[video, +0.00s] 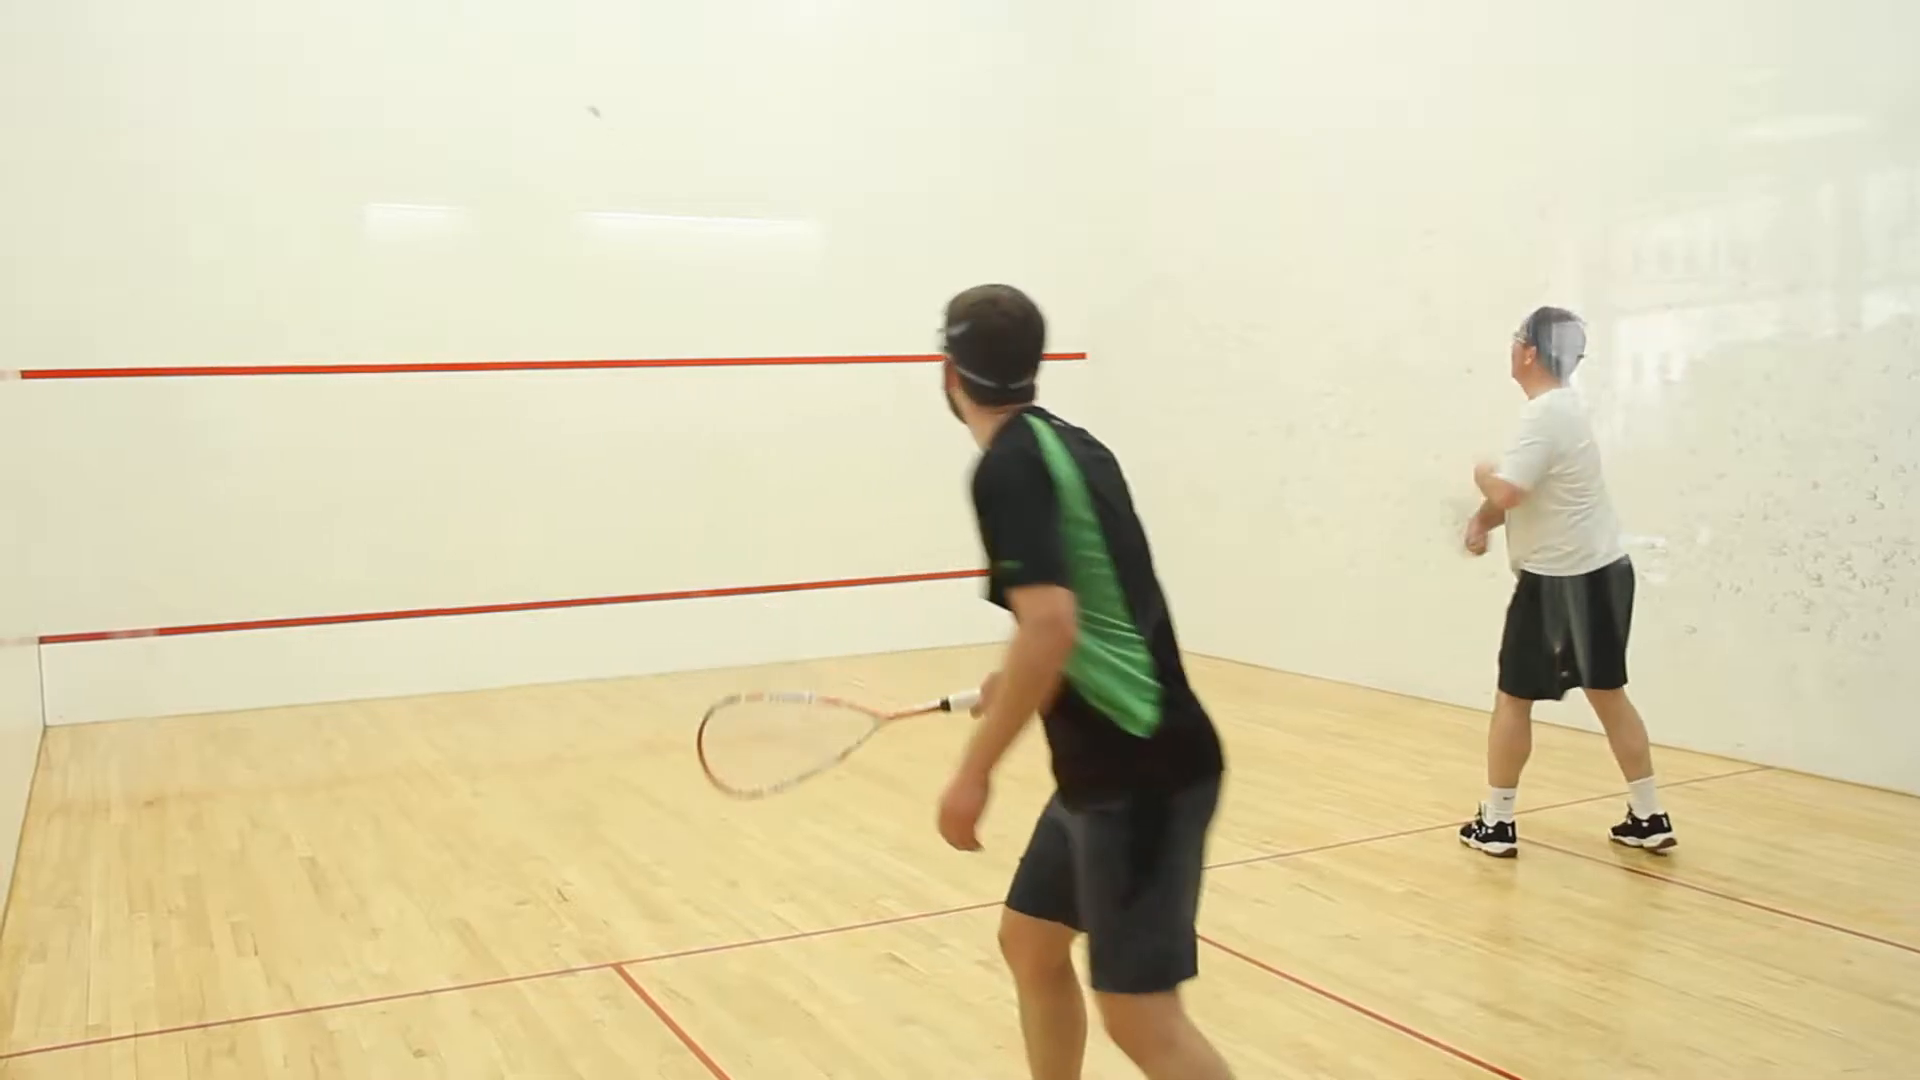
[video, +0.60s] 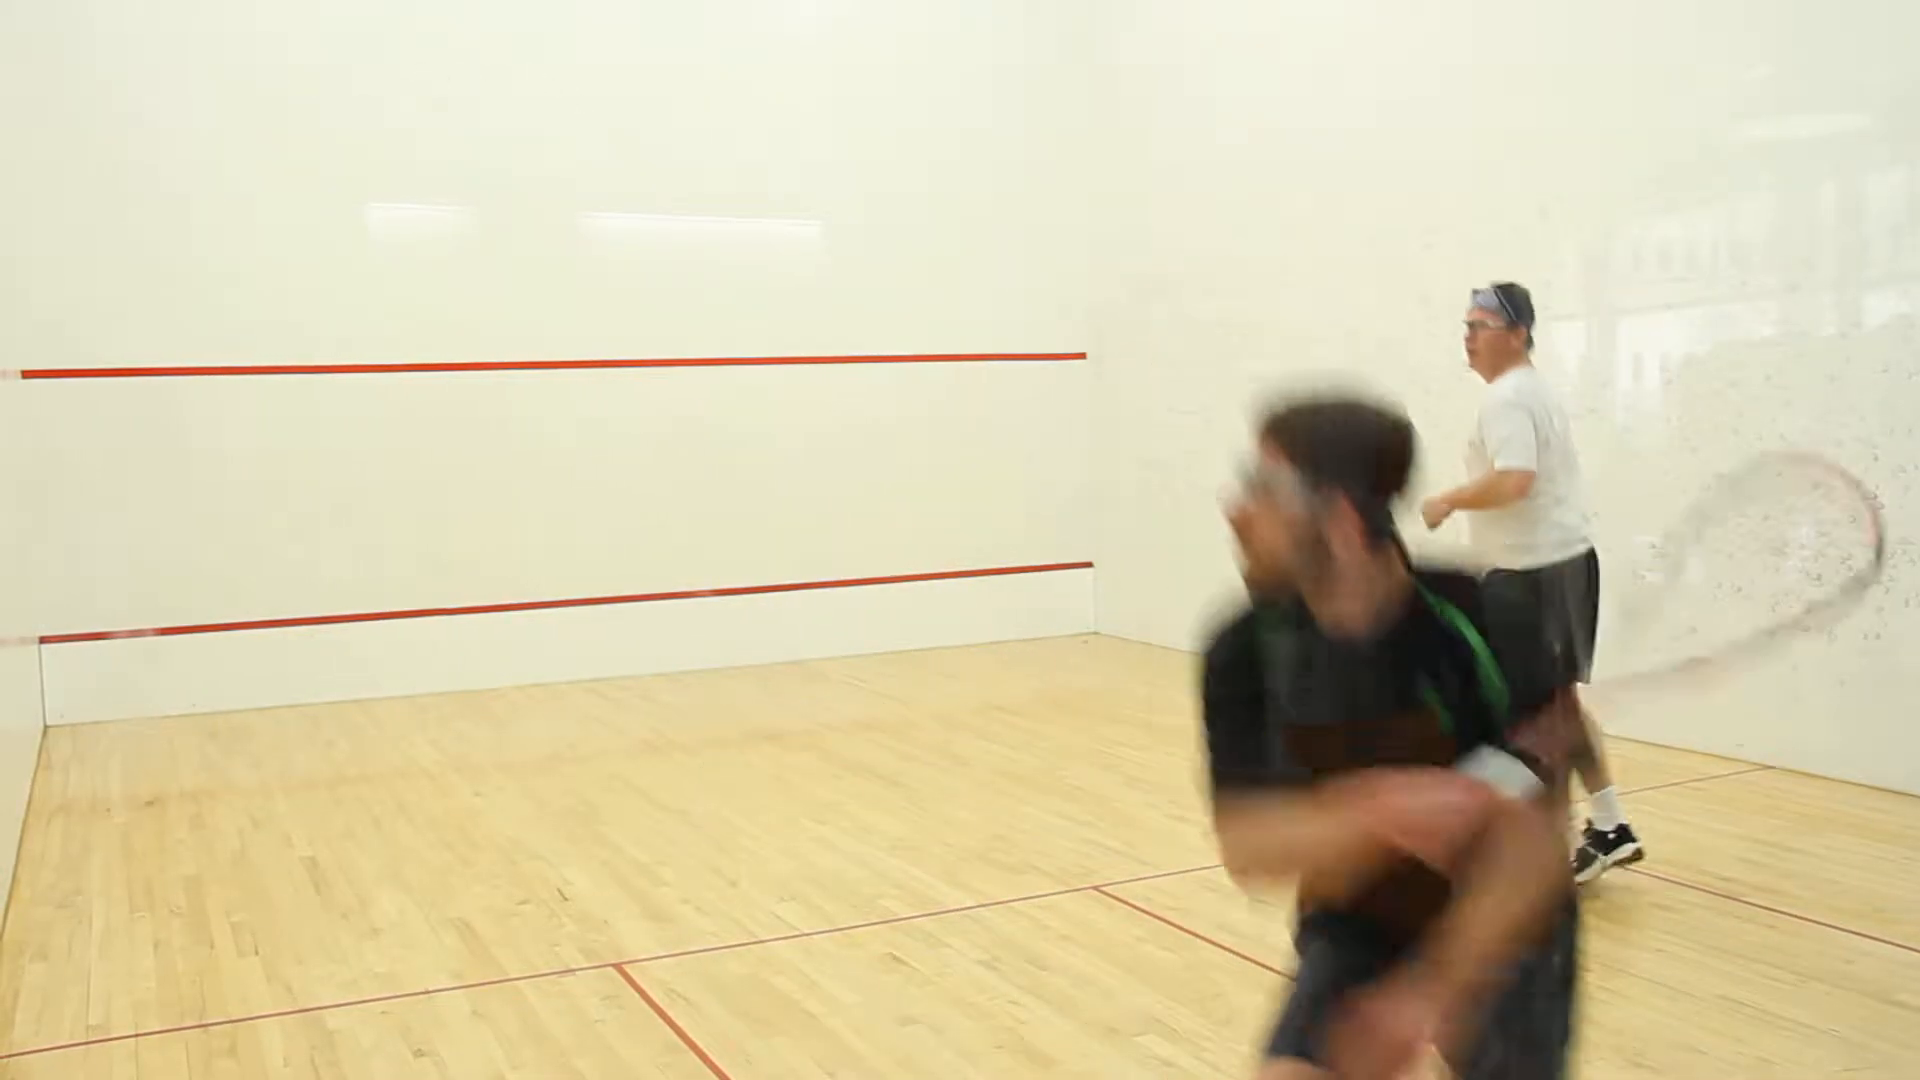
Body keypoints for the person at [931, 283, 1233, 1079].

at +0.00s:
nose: (940, 372)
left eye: (941, 359)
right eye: (947, 358)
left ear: (952, 374)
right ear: (1033, 369)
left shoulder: (1010, 464)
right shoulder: (1073, 446)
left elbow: (1049, 625)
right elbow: (1096, 606)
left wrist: (973, 770)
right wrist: (1013, 687)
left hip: (1144, 778)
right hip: (1105, 771)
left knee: (1141, 1016)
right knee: (1030, 942)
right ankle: (1055, 1074)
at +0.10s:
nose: (975, 370)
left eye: (978, 356)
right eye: (981, 355)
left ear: (990, 376)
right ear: (1070, 374)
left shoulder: (1073, 479)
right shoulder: (1085, 460)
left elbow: (1121, 655)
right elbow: (1116, 617)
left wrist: (1029, 791)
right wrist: (1029, 680)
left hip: (1190, 792)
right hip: (1128, 782)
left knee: (1180, 1038)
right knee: (1046, 955)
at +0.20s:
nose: (1031, 373)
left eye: (1038, 358)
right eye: (1038, 356)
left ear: (1056, 378)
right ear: (1124, 377)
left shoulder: (1170, 496)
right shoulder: (1108, 494)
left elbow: (1222, 684)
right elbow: (1128, 638)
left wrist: (1117, 825)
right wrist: (1045, 707)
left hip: (1247, 812)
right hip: (1164, 802)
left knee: (1208, 1049)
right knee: (1097, 981)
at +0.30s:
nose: (1096, 369)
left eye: (1109, 353)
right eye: (1103, 351)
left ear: (1141, 378)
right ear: (1159, 380)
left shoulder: (1271, 501)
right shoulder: (1152, 503)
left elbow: (1334, 701)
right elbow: (1139, 629)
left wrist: (1211, 846)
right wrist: (1056, 730)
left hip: (1300, 831)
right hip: (1190, 827)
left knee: (1244, 1064)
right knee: (1115, 1028)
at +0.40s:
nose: (1139, 349)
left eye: (1157, 332)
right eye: (1149, 328)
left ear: (1208, 364)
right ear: (1208, 366)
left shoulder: (1358, 489)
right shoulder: (1168, 494)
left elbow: (1429, 688)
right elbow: (1107, 641)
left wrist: (1302, 833)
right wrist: (1016, 766)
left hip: (1373, 814)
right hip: (1252, 803)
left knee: (1302, 1066)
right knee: (1142, 1047)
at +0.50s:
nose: (1176, 384)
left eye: (1199, 365)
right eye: (1188, 361)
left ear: (1260, 405)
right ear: (1258, 406)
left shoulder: (1418, 517)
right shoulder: (1194, 535)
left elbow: (1483, 720)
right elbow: (1137, 681)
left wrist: (1343, 879)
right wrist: (1129, 779)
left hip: (1443, 837)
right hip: (1306, 835)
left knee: (1388, 1064)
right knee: (1208, 1061)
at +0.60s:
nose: (1236, 509)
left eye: (1262, 490)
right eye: (1248, 485)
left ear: (1338, 515)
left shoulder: (1470, 625)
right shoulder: (1247, 651)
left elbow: (1536, 840)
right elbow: (1247, 845)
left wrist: (1424, 996)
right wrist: (1382, 808)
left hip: (1499, 917)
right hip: (1354, 932)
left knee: (1507, 1065)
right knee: (1293, 1065)